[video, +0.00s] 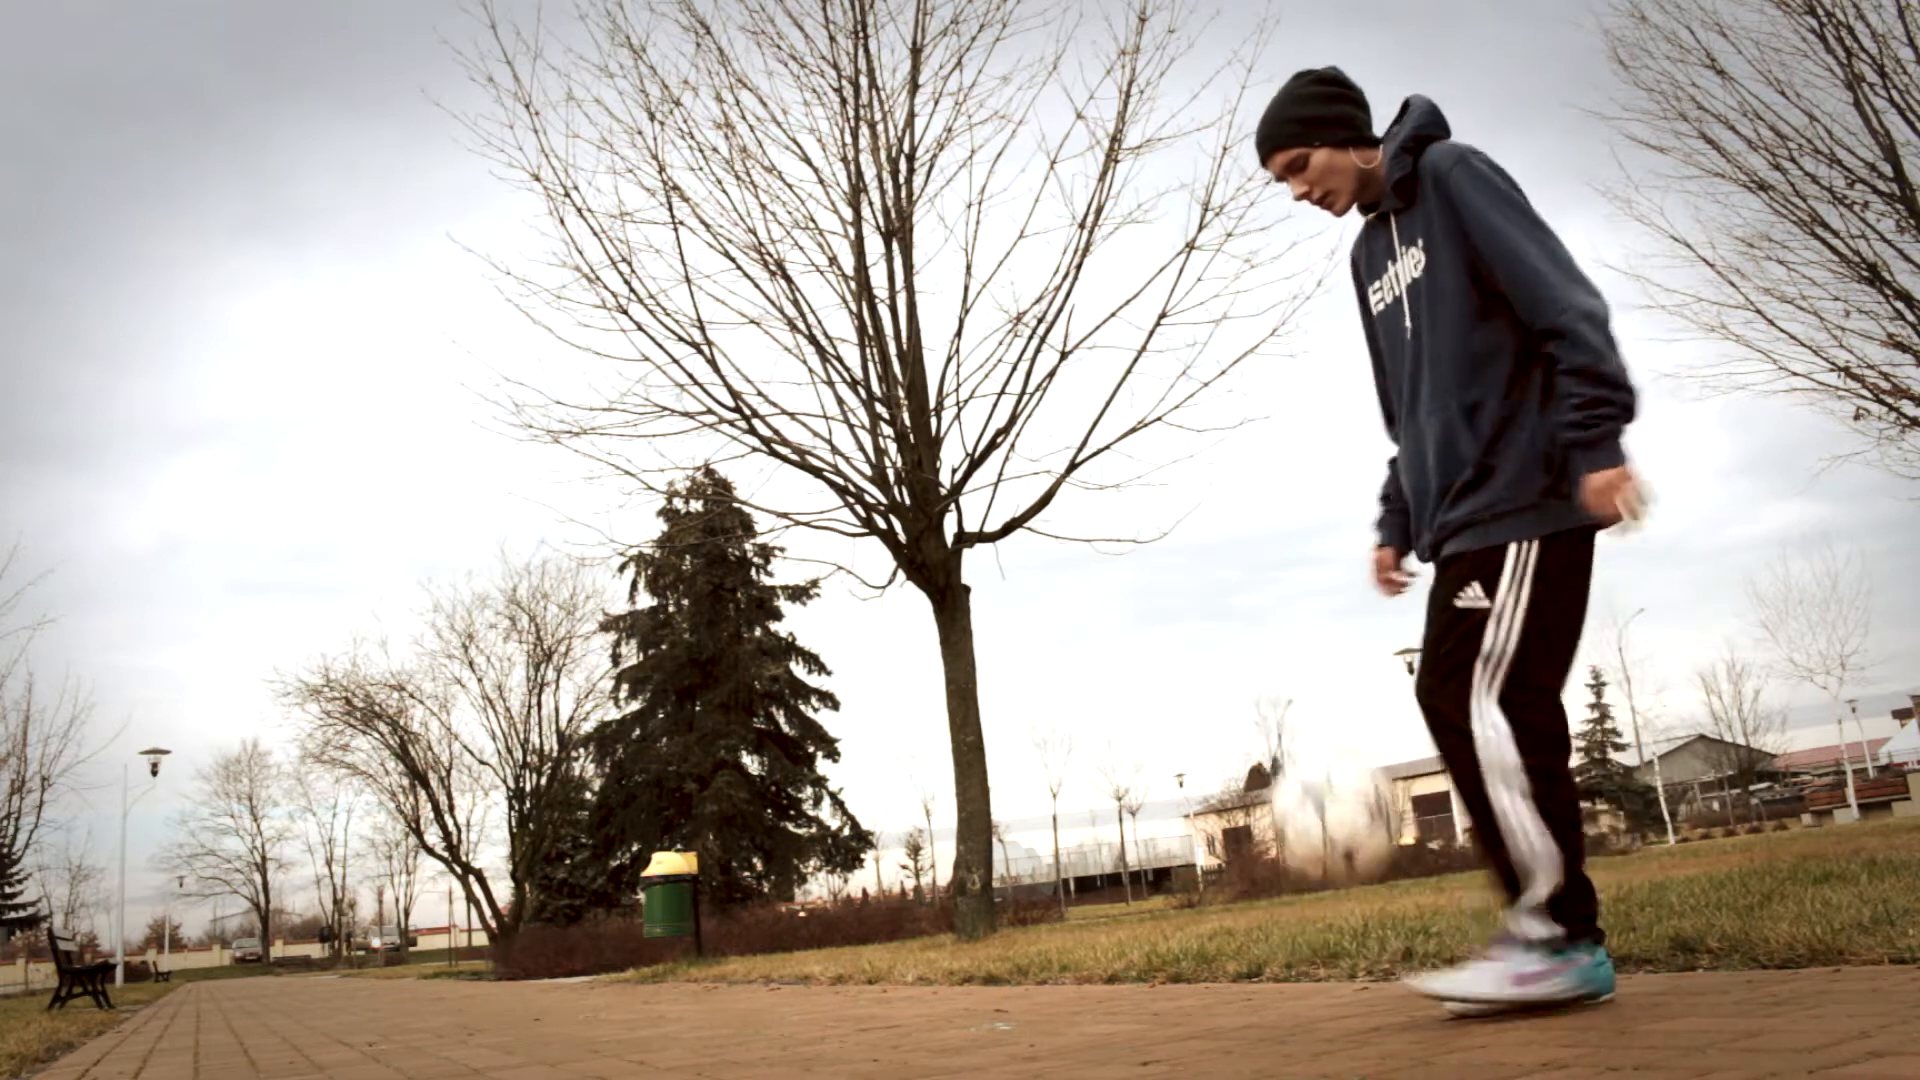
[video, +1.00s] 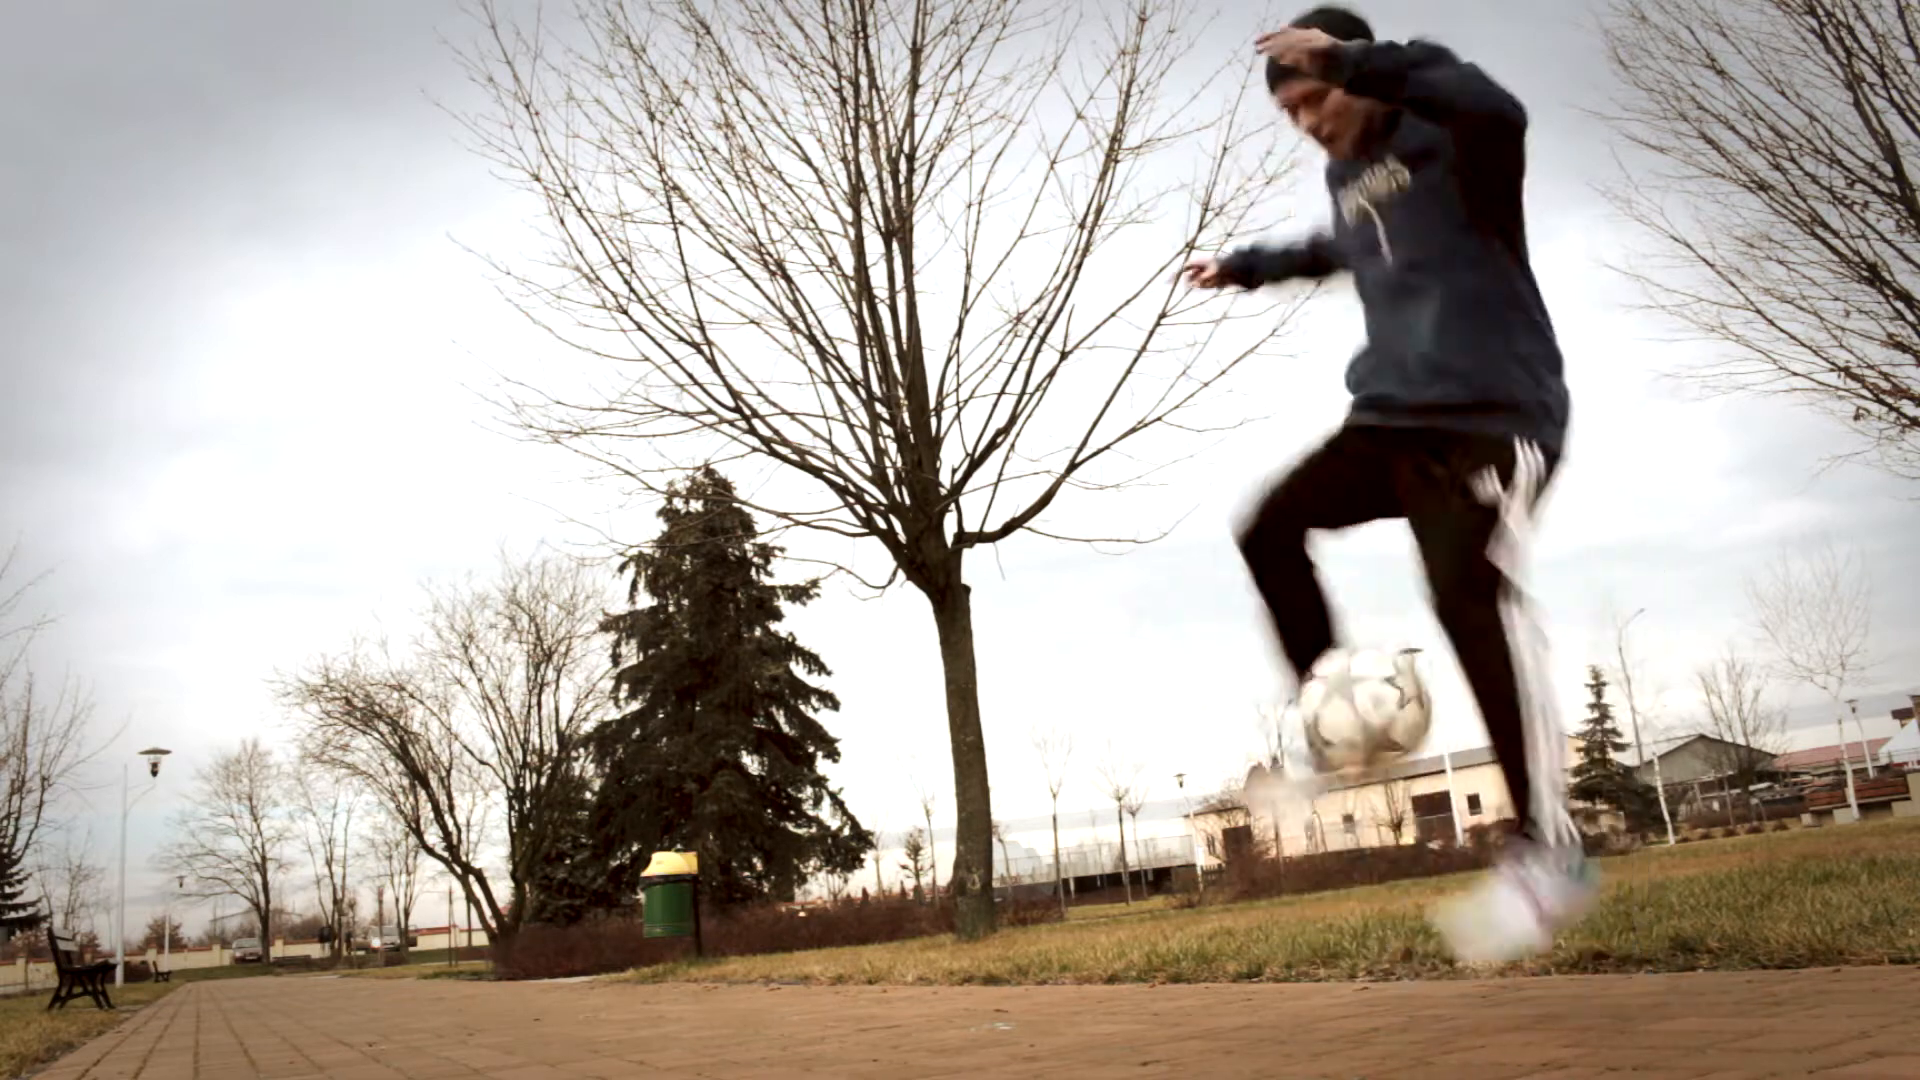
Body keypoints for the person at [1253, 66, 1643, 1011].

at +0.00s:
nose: (1299, 192)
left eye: (1299, 169)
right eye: (1286, 181)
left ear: (1341, 137)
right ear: (1311, 167)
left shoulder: (1451, 174)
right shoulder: (1368, 253)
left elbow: (1566, 302)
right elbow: (1411, 408)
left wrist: (1595, 443)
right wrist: (1396, 520)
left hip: (1531, 493)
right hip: (1462, 513)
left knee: (1471, 690)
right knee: (1487, 704)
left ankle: (1555, 933)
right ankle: (1561, 938)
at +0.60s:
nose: (1260, 243)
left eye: (1260, 220)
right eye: (1246, 231)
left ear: (1303, 184)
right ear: (1274, 210)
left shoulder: (1420, 209)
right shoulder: (1345, 278)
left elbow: (1552, 328)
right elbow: (1412, 385)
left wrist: (1523, 456)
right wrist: (1390, 472)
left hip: (1583, 480)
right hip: (1485, 500)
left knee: (1580, 719)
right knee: (1423, 648)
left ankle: (1610, 953)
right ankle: (1455, 873)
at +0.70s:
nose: (1263, 261)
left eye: (1263, 239)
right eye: (1250, 249)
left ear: (1304, 203)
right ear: (1283, 224)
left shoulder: (1419, 232)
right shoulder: (1355, 294)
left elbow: (1508, 353)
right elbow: (1437, 401)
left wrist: (1442, 469)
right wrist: (1443, 486)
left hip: (1573, 480)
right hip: (1495, 486)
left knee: (1549, 710)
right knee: (1350, 533)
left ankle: (1608, 953)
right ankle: (1346, 730)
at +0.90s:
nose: (1297, 195)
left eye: (1299, 173)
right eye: (1287, 181)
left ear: (1344, 145)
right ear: (1305, 173)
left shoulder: (1442, 207)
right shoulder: (1359, 261)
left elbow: (1470, 191)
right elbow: (1368, 384)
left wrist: (1345, 134)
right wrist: (1255, 385)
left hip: (1527, 485)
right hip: (1436, 470)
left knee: (1522, 712)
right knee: (1274, 464)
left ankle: (1604, 955)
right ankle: (1191, 687)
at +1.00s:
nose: (1305, 123)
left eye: (1313, 102)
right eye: (1292, 113)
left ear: (1362, 78)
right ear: (1292, 112)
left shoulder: (1452, 129)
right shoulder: (1349, 177)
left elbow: (1494, 110)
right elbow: (1340, 248)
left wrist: (1357, 60)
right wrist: (1243, 265)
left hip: (1492, 411)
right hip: (1394, 418)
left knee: (1467, 595)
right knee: (1269, 527)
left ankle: (1546, 847)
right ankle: (1337, 711)